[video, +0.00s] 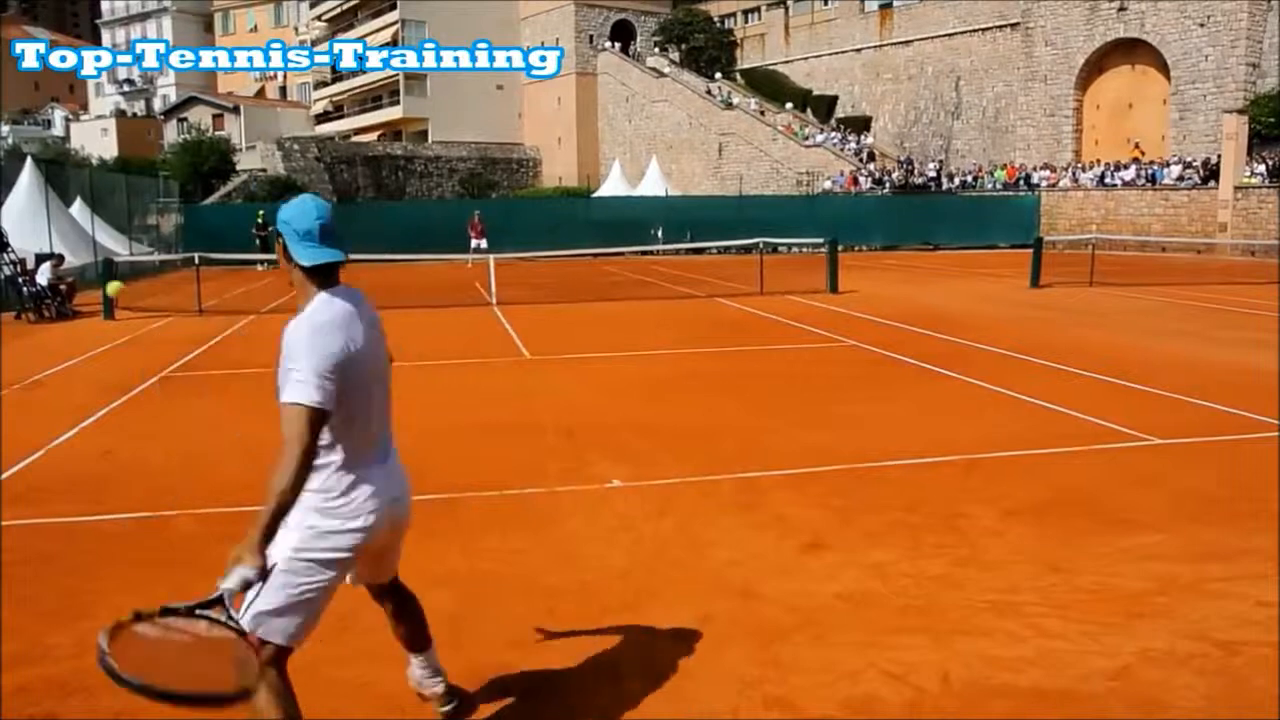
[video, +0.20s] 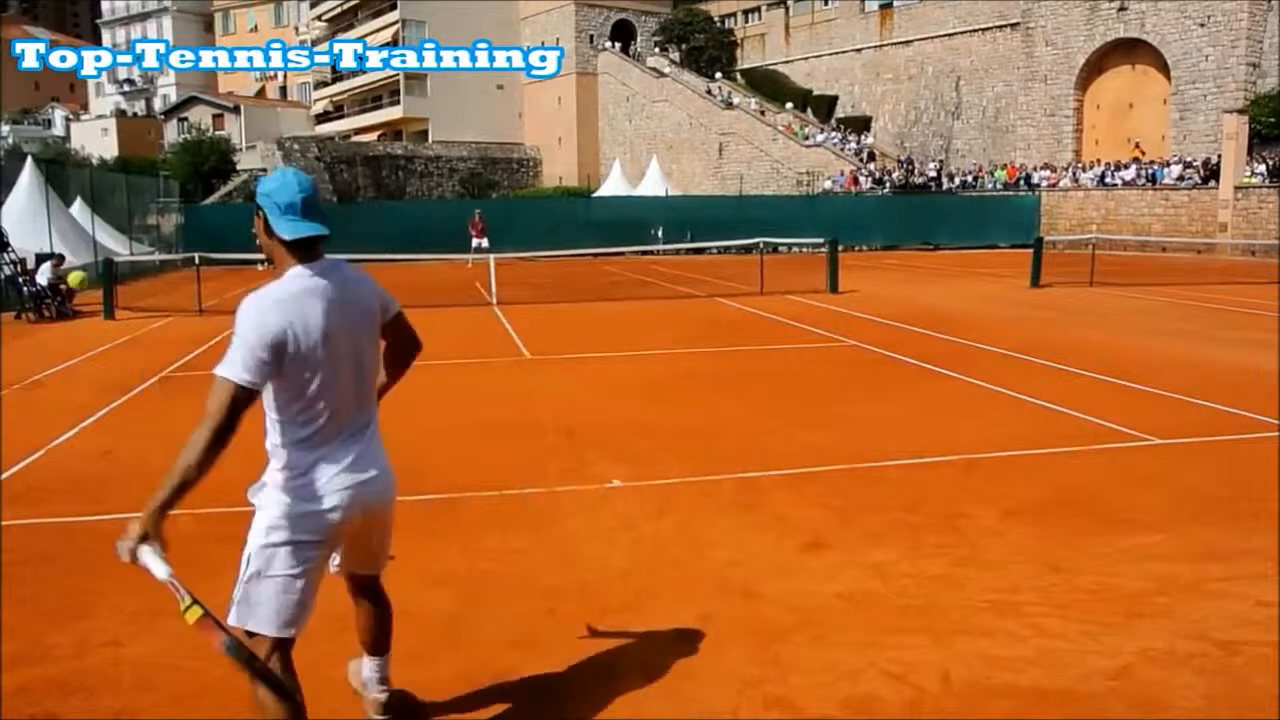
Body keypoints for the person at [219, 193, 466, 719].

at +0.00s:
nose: (276, 253)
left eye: (278, 245)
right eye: (280, 244)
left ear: (286, 255)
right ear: (333, 249)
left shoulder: (309, 333)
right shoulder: (358, 306)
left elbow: (299, 453)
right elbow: (380, 372)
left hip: (338, 509)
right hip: (388, 487)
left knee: (259, 652)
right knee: (383, 581)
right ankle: (432, 679)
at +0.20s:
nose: (254, 229)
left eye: (256, 219)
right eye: (258, 219)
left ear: (265, 227)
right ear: (317, 223)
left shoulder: (266, 310)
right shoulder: (356, 283)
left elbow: (216, 429)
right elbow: (407, 346)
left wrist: (152, 514)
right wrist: (368, 396)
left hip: (302, 497)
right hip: (372, 480)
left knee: (263, 648)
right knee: (366, 581)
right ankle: (377, 685)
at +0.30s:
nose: (238, 207)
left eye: (239, 198)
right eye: (239, 198)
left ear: (248, 203)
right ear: (302, 199)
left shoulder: (230, 285)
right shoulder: (355, 264)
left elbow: (153, 390)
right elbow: (414, 336)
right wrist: (382, 368)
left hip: (282, 478)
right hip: (354, 464)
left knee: (276, 642)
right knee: (337, 579)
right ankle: (323, 689)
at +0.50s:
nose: (222, 192)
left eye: (222, 183)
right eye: (224, 183)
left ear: (229, 186)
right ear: (288, 182)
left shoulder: (210, 262)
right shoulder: (353, 253)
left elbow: (130, 339)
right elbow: (400, 339)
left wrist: (48, 379)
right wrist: (343, 346)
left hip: (255, 462)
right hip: (331, 455)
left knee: (268, 641)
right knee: (309, 572)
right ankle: (283, 667)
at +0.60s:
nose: (202, 177)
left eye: (202, 169)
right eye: (208, 168)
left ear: (211, 175)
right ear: (270, 167)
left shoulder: (190, 246)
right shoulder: (329, 244)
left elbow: (132, 297)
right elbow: (377, 339)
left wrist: (77, 302)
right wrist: (311, 314)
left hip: (226, 456)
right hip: (303, 452)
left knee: (252, 635)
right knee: (287, 570)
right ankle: (255, 673)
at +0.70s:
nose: (187, 172)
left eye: (187, 164)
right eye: (188, 164)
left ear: (196, 168)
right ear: (256, 164)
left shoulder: (168, 230)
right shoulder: (308, 242)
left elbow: (113, 255)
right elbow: (350, 341)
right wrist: (284, 303)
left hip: (188, 452)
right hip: (273, 448)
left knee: (224, 625)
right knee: (269, 571)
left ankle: (275, 717)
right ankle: (253, 679)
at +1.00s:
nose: (159, 165)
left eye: (162, 157)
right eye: (166, 154)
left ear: (168, 160)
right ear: (228, 164)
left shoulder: (126, 212)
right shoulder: (261, 248)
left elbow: (89, 169)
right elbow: (299, 355)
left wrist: (153, 141)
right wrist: (231, 310)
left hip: (124, 457)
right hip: (214, 456)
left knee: (155, 639)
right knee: (248, 575)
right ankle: (267, 678)